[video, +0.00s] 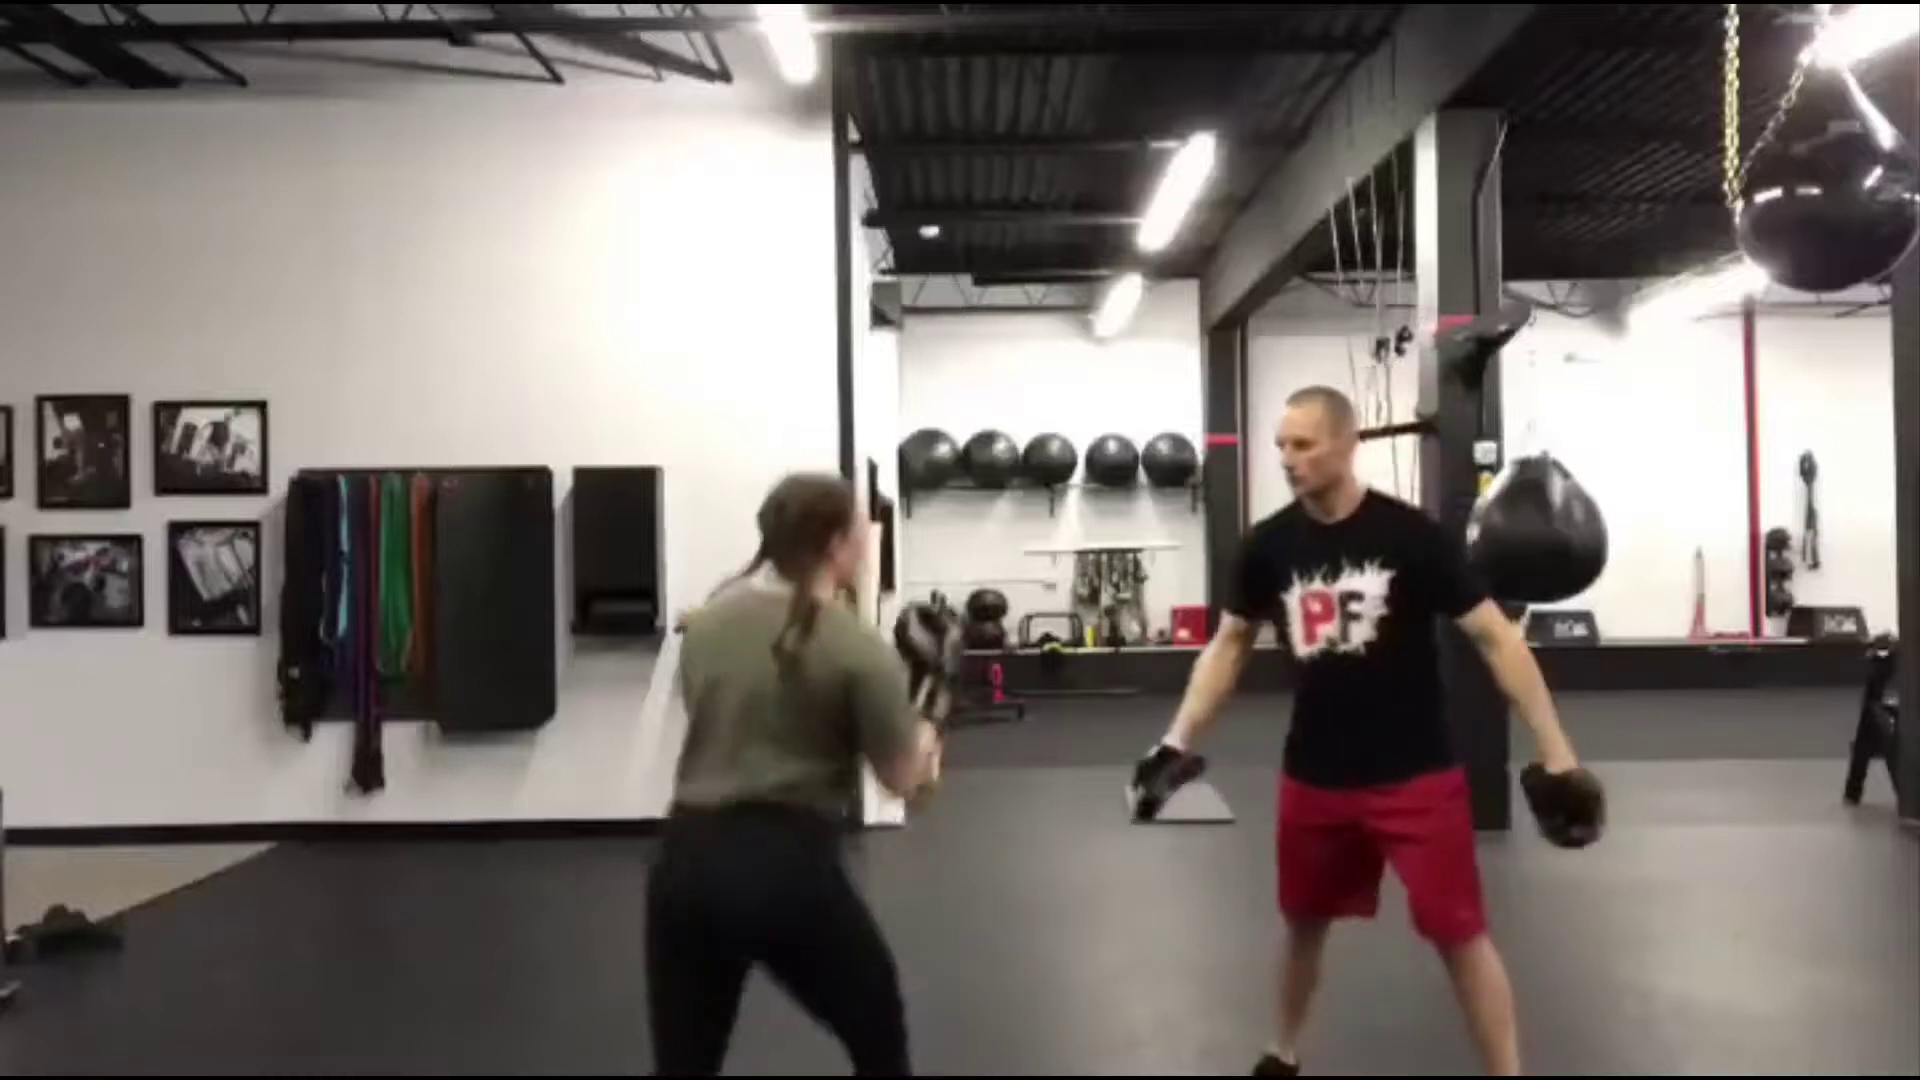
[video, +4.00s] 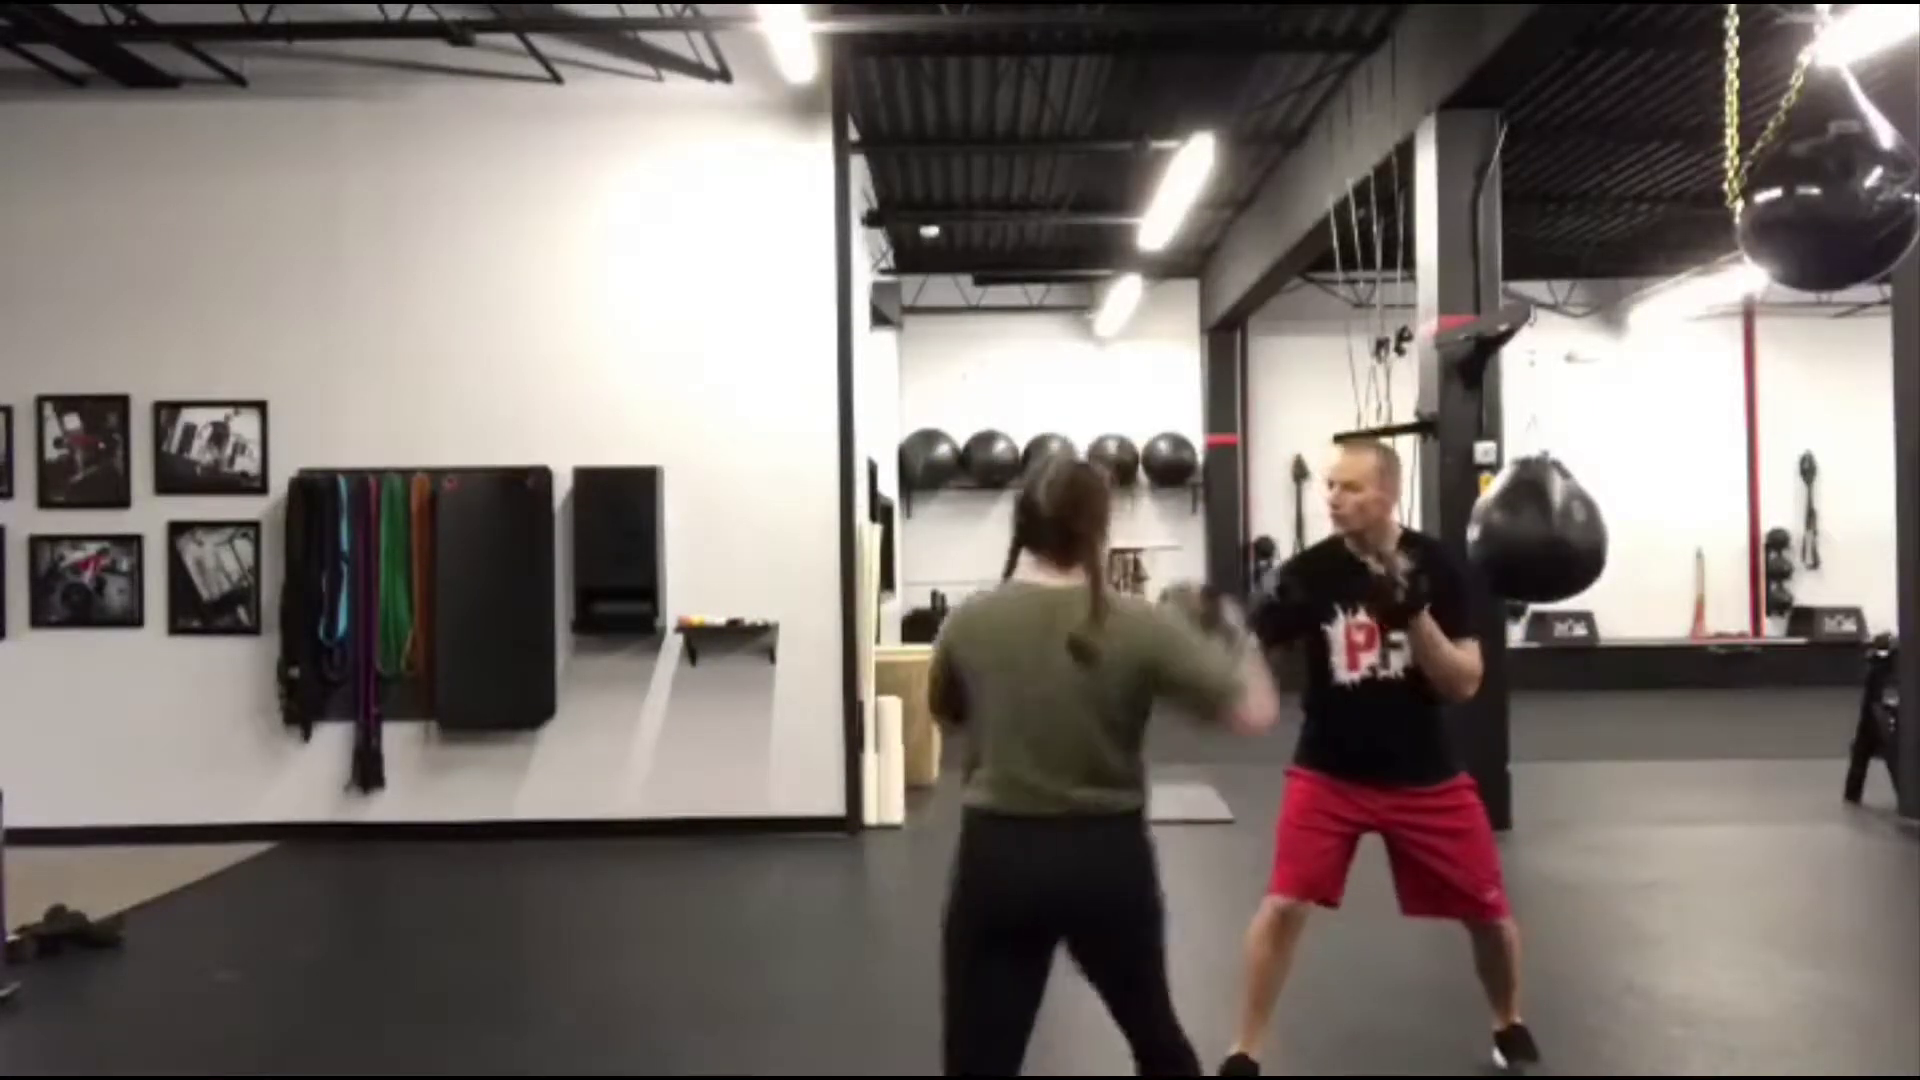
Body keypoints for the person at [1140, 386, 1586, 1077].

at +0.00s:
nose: (1289, 459)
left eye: (1304, 446)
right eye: (1283, 446)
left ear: (1350, 445)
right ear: (1280, 449)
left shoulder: (1416, 537)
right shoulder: (1269, 546)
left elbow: (1498, 638)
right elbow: (1228, 645)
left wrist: (1560, 761)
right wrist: (1178, 744)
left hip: (1418, 781)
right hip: (1315, 781)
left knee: (1460, 937)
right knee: (1302, 925)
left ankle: (1506, 1070)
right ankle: (1283, 1056)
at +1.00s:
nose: (1311, 467)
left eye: (1327, 454)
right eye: (1304, 455)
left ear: (1367, 456)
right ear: (1297, 460)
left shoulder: (1421, 542)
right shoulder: (1276, 548)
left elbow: (1452, 658)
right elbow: (1240, 633)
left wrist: (1374, 720)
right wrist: (1238, 692)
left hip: (1417, 765)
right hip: (1314, 769)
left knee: (1480, 905)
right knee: (1287, 916)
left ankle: (1521, 1032)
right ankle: (1261, 1063)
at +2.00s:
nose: (1365, 471)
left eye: (1379, 457)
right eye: (1356, 460)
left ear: (1415, 460)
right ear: (1347, 467)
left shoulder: (1464, 550)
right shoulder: (1326, 553)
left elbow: (1499, 665)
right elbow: (1288, 654)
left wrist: (1409, 682)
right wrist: (1275, 603)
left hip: (1452, 778)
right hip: (1348, 775)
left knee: (1508, 921)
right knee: (1308, 914)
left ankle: (1543, 1043)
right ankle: (1265, 1063)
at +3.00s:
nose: (1366, 500)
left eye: (1378, 487)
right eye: (1357, 488)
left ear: (1413, 483)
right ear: (1347, 488)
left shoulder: (1464, 557)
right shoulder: (1325, 565)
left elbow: (1476, 665)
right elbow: (1300, 652)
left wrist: (1396, 626)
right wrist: (1330, 720)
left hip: (1451, 775)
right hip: (1354, 773)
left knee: (1496, 920)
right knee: (1313, 909)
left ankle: (1510, 1028)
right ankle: (1266, 1060)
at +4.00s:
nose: (1335, 500)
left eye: (1349, 488)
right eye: (1331, 488)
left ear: (1389, 493)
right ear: (1327, 493)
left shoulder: (1439, 566)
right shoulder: (1310, 571)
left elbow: (1464, 680)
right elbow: (1253, 650)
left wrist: (1410, 615)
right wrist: (1258, 694)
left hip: (1429, 778)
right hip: (1327, 775)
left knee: (1491, 917)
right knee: (1284, 905)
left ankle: (1509, 1026)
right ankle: (1245, 1053)